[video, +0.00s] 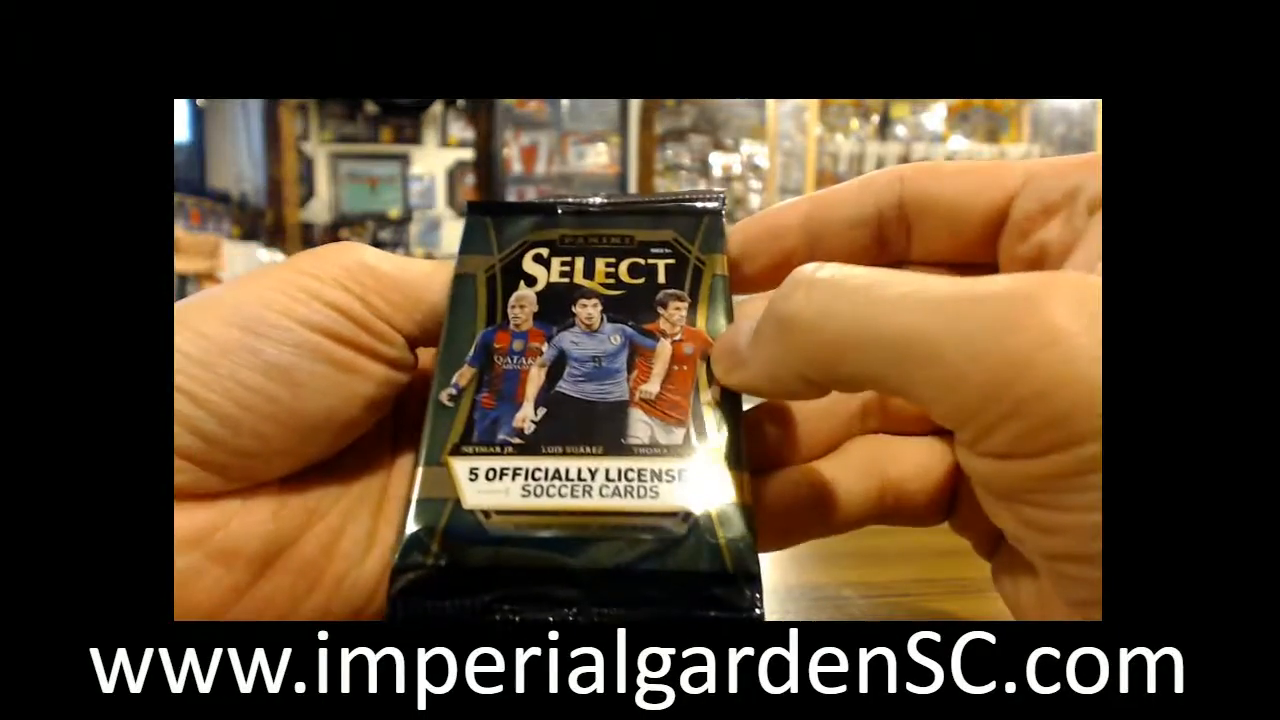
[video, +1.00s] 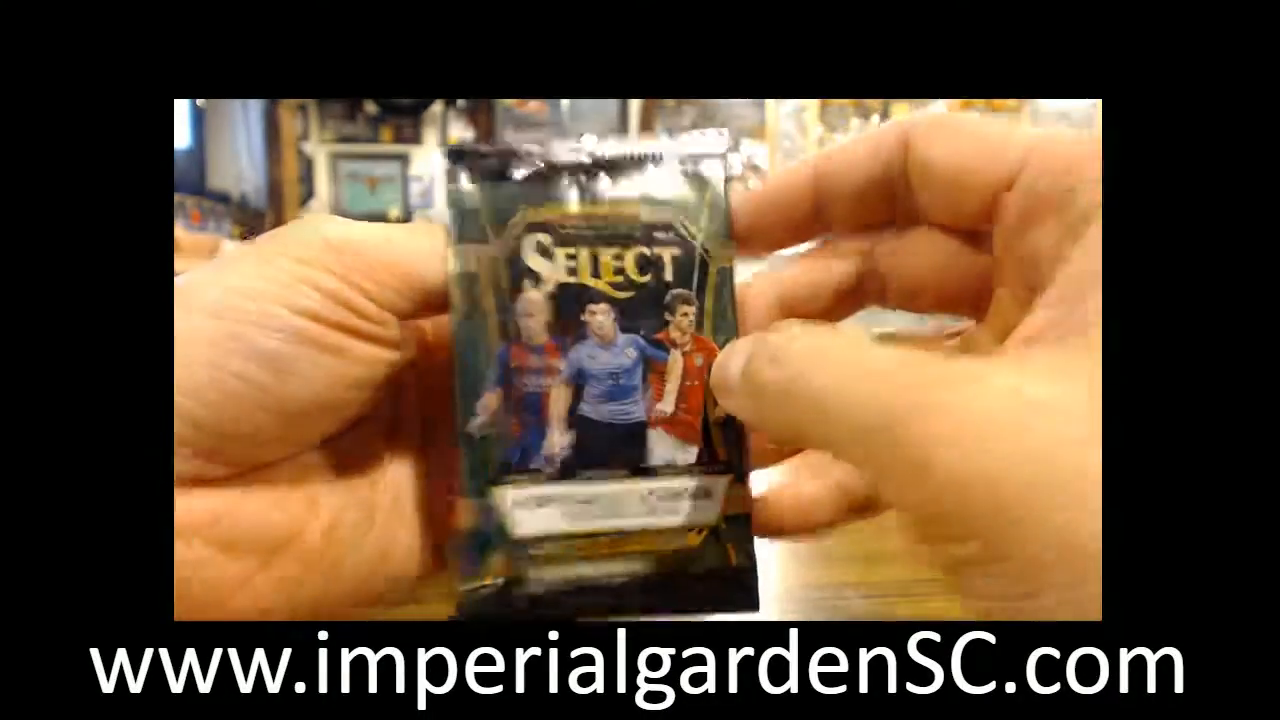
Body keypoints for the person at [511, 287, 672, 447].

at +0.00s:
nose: (590, 311)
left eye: (594, 306)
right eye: (583, 306)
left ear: (601, 308)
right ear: (574, 309)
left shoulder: (621, 331)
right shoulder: (564, 337)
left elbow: (663, 346)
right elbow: (539, 367)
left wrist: (654, 381)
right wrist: (528, 405)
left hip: (612, 404)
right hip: (569, 402)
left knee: (612, 462)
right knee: (534, 447)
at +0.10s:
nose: (594, 313)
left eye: (599, 308)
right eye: (588, 308)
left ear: (605, 309)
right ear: (579, 312)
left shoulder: (626, 333)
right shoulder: (568, 339)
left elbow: (667, 348)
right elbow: (544, 370)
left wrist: (659, 384)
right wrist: (532, 408)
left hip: (617, 406)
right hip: (576, 404)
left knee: (616, 464)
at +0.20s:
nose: (595, 317)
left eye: (600, 311)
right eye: (589, 312)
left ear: (607, 313)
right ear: (580, 315)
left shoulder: (626, 336)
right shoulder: (569, 342)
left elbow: (668, 351)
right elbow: (545, 373)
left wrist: (660, 386)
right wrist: (533, 410)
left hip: (618, 409)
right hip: (576, 407)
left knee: (618, 466)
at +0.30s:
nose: (595, 319)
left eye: (600, 314)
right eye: (589, 314)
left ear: (606, 315)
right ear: (579, 317)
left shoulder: (626, 338)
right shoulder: (568, 345)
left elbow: (667, 353)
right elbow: (545, 375)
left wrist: (659, 388)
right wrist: (533, 412)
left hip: (617, 412)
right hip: (579, 411)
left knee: (617, 469)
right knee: (575, 467)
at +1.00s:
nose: (599, 320)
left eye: (605, 313)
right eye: (592, 314)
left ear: (614, 316)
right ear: (584, 318)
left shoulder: (634, 344)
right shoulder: (579, 353)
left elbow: (674, 357)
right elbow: (562, 387)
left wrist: (668, 400)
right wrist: (557, 431)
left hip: (631, 423)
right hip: (593, 423)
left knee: (632, 487)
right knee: (590, 485)